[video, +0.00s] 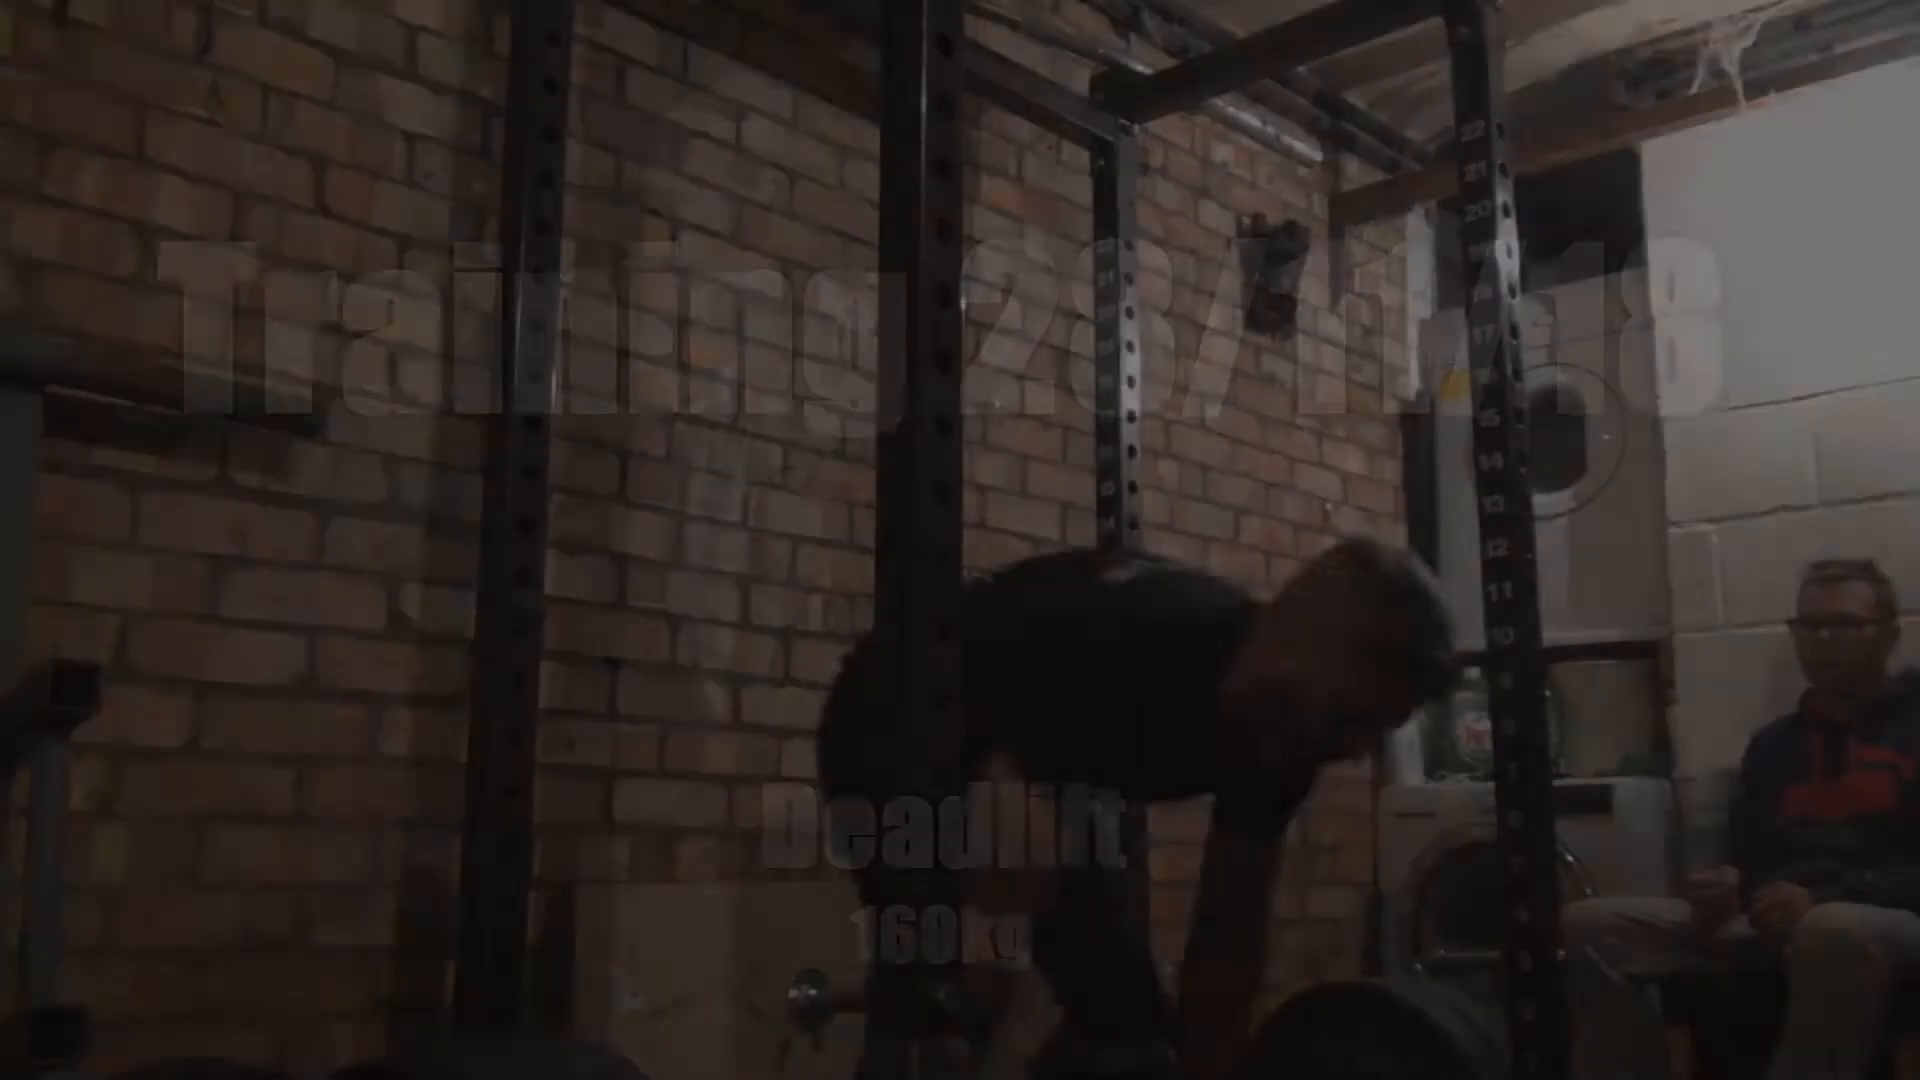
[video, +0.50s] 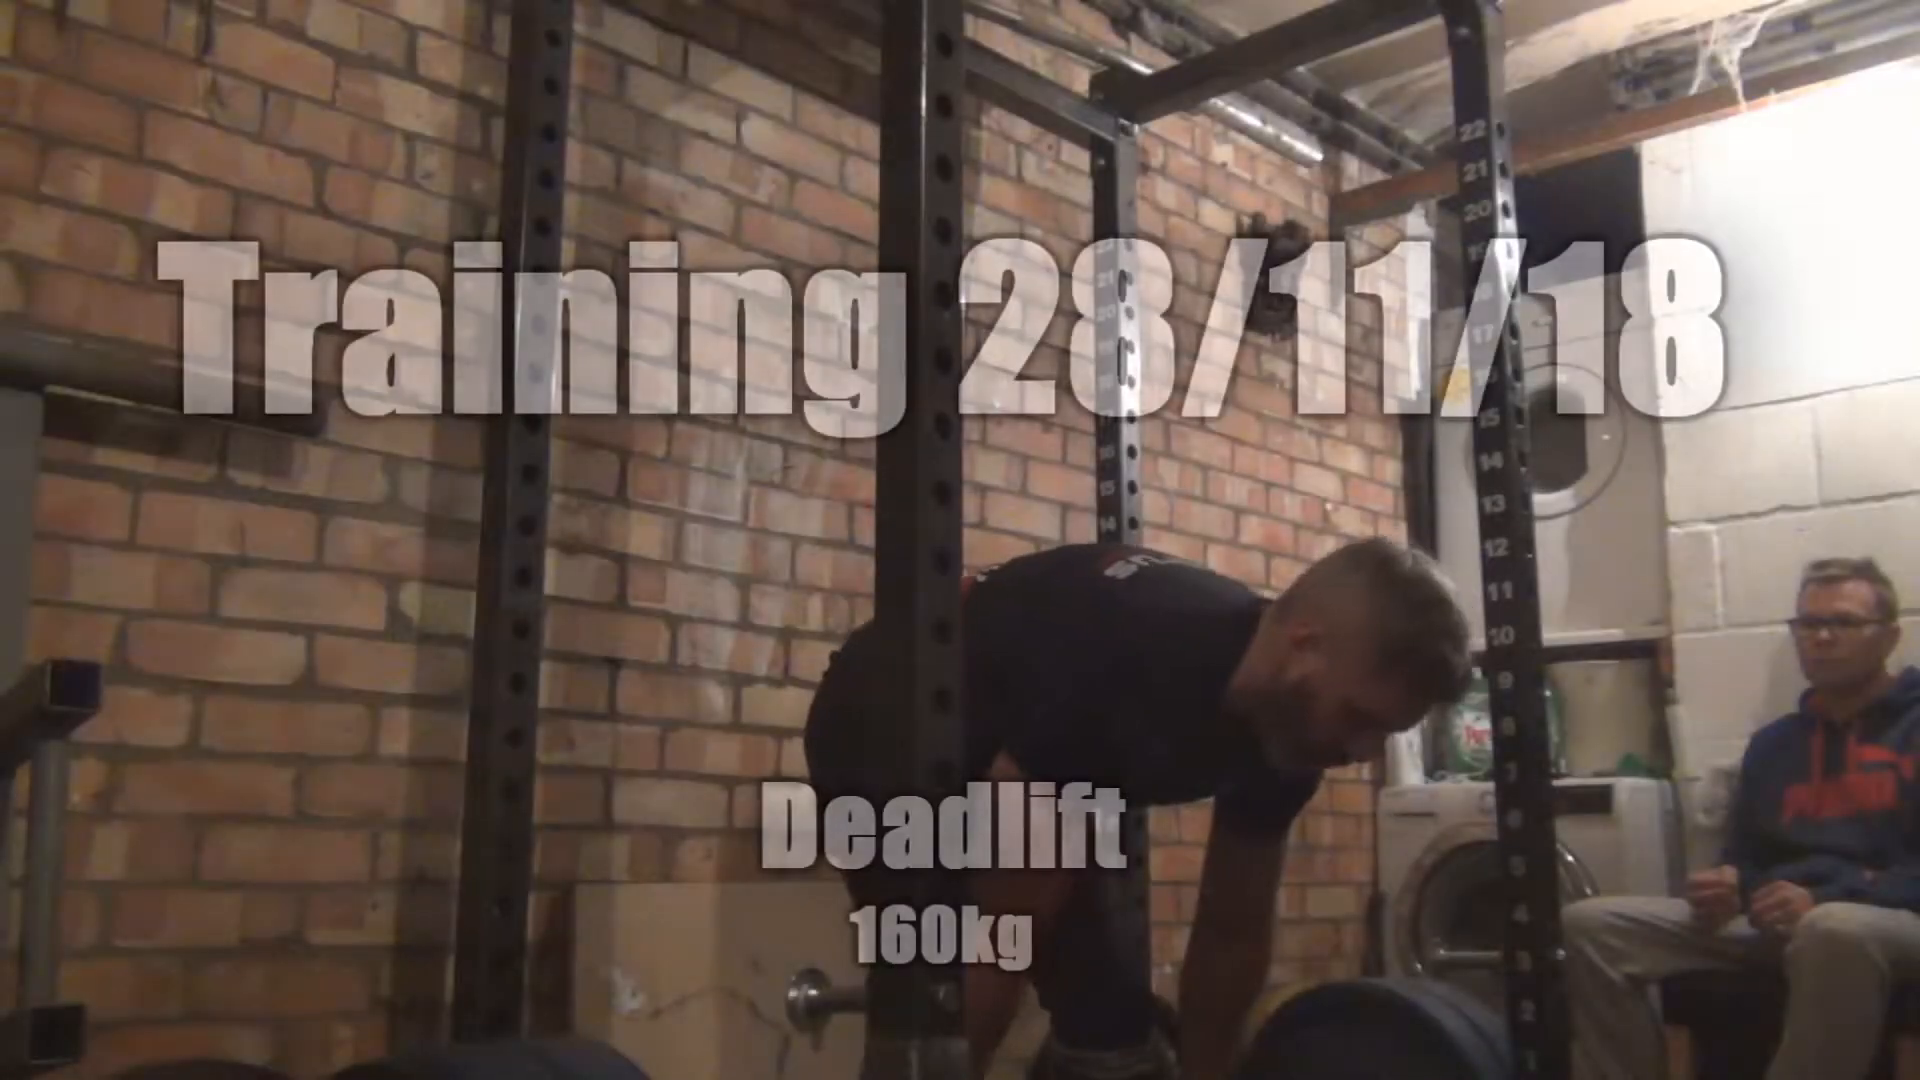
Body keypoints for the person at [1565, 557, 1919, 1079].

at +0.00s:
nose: (1824, 640)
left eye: (1845, 625)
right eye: (1811, 625)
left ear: (1889, 633)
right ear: (1795, 635)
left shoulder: (1912, 723)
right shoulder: (1772, 746)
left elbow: (1910, 874)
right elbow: (1748, 863)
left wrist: (1819, 900)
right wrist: (1727, 894)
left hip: (1893, 917)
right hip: (1774, 920)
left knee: (1831, 936)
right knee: (1589, 927)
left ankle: (1807, 1071)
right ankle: (1629, 1072)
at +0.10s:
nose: (1822, 638)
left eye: (1844, 624)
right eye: (1809, 623)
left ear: (1888, 636)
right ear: (1794, 633)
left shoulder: (1912, 723)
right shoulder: (1774, 743)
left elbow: (1912, 877)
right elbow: (1743, 857)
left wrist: (1818, 899)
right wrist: (1725, 891)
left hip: (1892, 916)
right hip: (1771, 918)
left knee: (1830, 937)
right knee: (1590, 928)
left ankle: (1801, 1072)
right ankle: (1625, 1073)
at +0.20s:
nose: (1823, 637)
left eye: (1845, 624)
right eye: (1810, 623)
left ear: (1889, 637)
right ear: (1794, 633)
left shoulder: (1913, 723)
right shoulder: (1774, 742)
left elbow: (1913, 877)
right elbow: (1745, 856)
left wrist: (1819, 900)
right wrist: (1728, 888)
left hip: (1892, 919)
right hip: (1772, 919)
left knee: (1831, 938)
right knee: (1589, 929)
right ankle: (1629, 1074)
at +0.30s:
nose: (1821, 637)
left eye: (1842, 624)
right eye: (1809, 623)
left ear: (1889, 636)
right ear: (1794, 633)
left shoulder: (1913, 723)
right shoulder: (1773, 744)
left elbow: (1913, 877)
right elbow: (1745, 856)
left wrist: (1820, 899)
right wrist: (1728, 887)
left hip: (1893, 920)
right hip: (1772, 920)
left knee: (1831, 936)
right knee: (1589, 928)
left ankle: (1801, 1073)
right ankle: (1626, 1073)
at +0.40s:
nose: (1821, 638)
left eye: (1842, 624)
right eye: (1809, 623)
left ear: (1889, 636)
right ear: (1794, 633)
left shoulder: (1913, 723)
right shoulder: (1773, 744)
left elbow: (1913, 877)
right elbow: (1745, 855)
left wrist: (1820, 900)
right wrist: (1728, 886)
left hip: (1894, 921)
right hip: (1772, 921)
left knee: (1831, 936)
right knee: (1589, 929)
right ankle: (1628, 1073)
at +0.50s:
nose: (1821, 638)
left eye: (1842, 624)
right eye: (1809, 623)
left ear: (1890, 636)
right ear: (1794, 633)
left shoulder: (1913, 724)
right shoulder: (1773, 744)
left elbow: (1913, 877)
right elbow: (1745, 854)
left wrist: (1820, 900)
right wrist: (1729, 886)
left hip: (1894, 921)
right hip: (1772, 921)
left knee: (1831, 936)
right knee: (1589, 928)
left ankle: (1801, 1072)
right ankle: (1627, 1073)